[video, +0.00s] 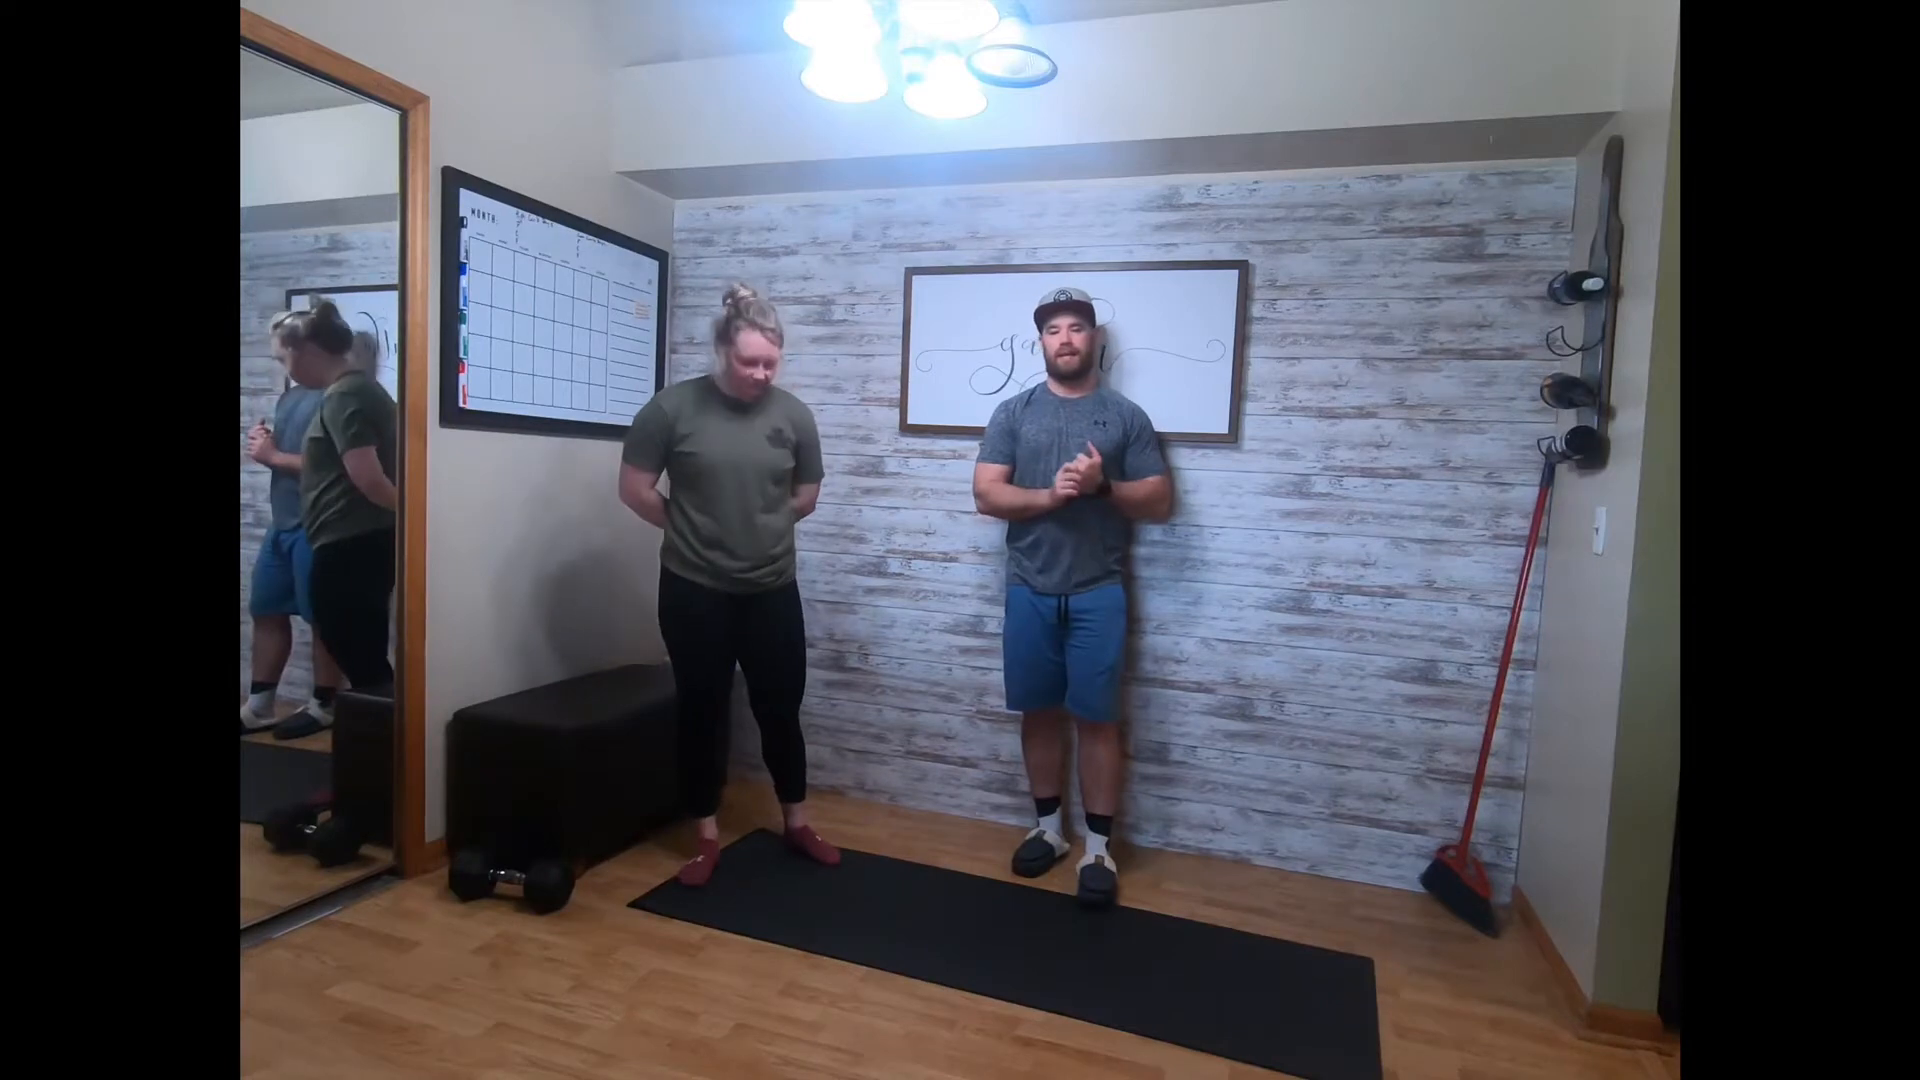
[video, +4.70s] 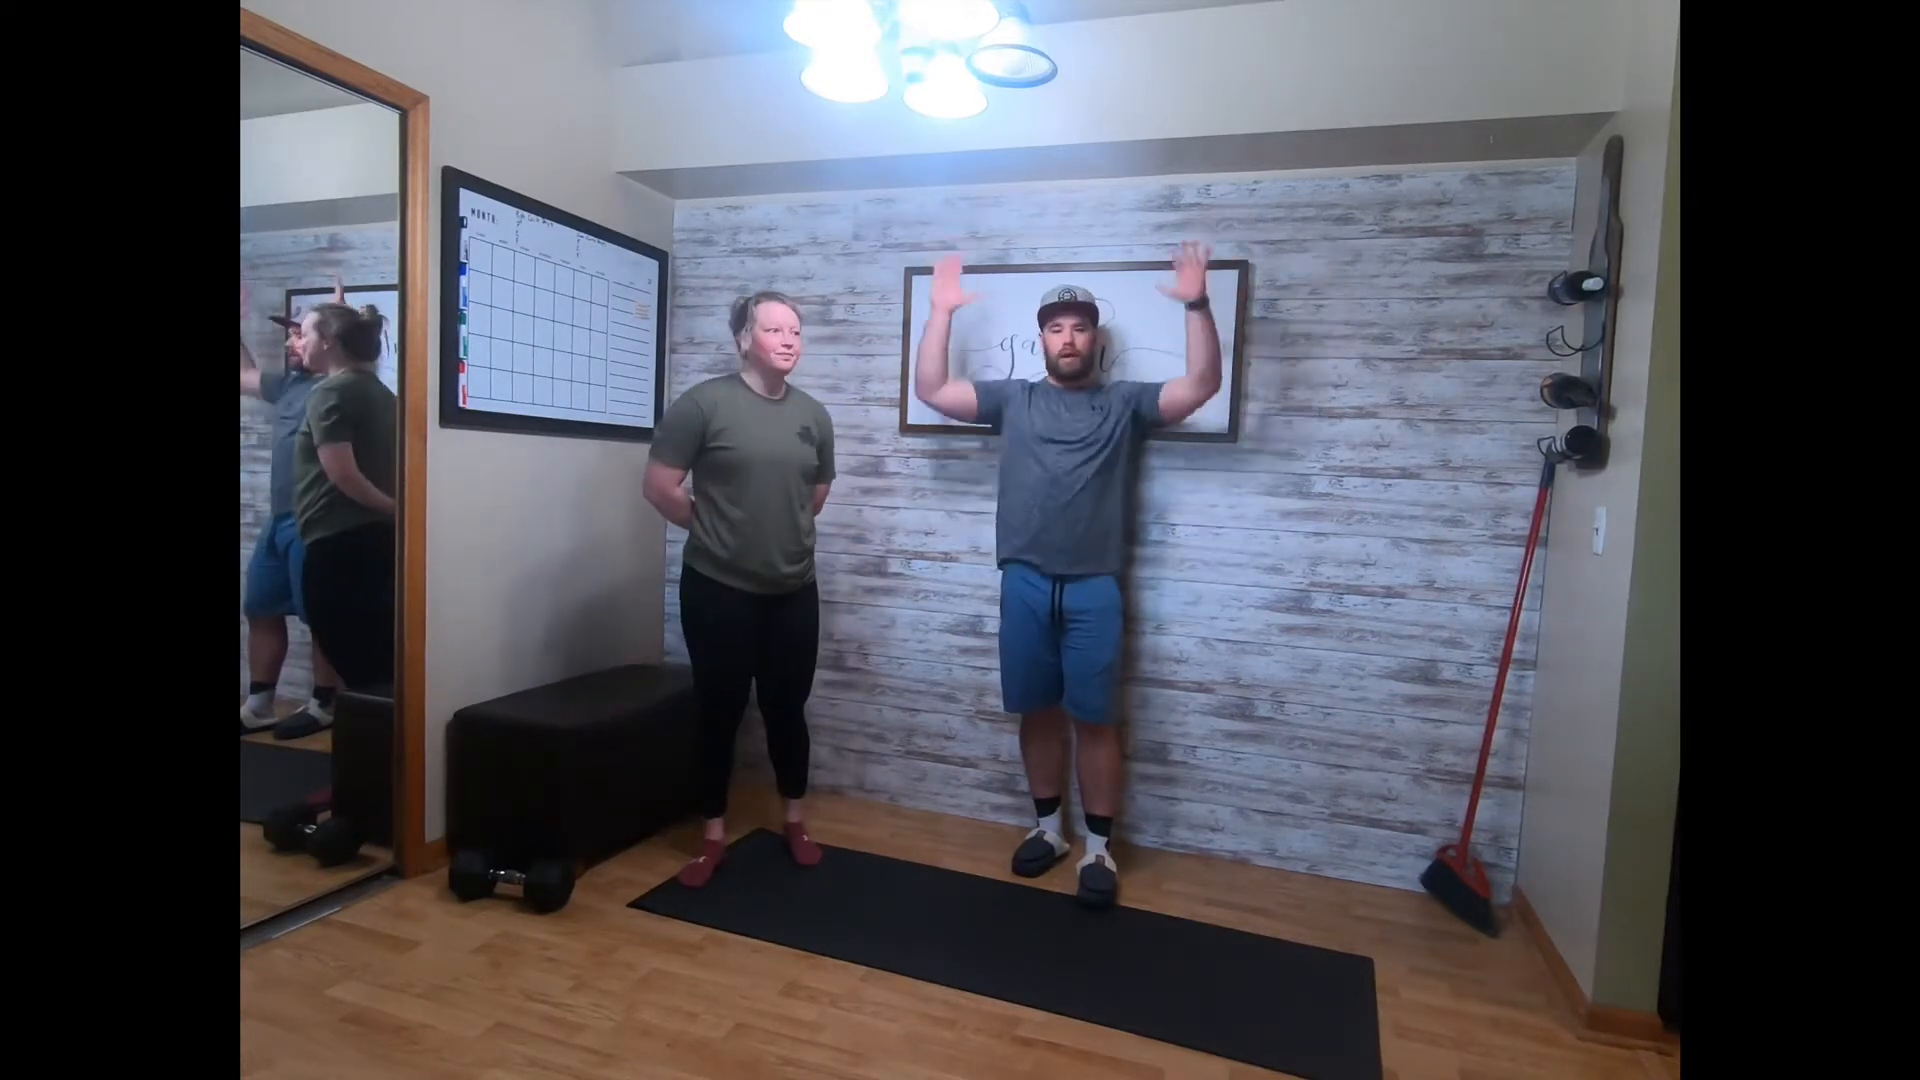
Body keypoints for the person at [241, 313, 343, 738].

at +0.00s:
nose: (281, 365)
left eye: (284, 356)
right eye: (279, 358)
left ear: (304, 349)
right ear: (288, 354)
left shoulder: (330, 397)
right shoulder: (290, 398)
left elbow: (325, 463)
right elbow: (293, 449)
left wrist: (272, 454)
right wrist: (268, 443)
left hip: (316, 526)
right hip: (282, 525)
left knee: (321, 619)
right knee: (267, 610)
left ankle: (324, 706)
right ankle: (260, 703)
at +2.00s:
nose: (300, 340)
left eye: (309, 333)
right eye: (301, 332)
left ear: (331, 343)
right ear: (301, 344)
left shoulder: (340, 395)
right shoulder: (292, 395)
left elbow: (329, 467)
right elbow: (277, 443)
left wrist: (273, 454)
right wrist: (267, 440)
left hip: (316, 526)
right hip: (280, 526)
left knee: (321, 619)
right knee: (266, 611)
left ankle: (324, 706)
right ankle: (259, 704)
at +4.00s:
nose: (294, 339)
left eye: (304, 332)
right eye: (295, 333)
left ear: (326, 342)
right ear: (299, 344)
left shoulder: (343, 392)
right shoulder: (294, 394)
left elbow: (346, 447)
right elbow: (276, 446)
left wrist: (317, 412)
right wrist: (248, 413)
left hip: (317, 523)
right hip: (276, 523)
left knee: (321, 617)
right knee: (260, 608)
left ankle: (324, 706)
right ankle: (259, 704)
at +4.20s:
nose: (300, 344)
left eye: (310, 336)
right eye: (300, 337)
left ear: (334, 344)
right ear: (301, 345)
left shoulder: (347, 394)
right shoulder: (293, 391)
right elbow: (254, 411)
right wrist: (242, 371)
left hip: (319, 527)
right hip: (279, 525)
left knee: (321, 619)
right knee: (261, 609)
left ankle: (325, 706)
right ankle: (259, 703)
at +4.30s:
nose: (298, 342)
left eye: (308, 336)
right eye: (297, 335)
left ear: (331, 344)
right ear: (296, 343)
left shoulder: (347, 391)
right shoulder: (289, 386)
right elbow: (250, 384)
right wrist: (238, 346)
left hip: (322, 528)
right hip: (280, 523)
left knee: (322, 621)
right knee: (264, 609)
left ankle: (324, 705)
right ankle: (259, 703)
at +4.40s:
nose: (296, 340)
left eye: (305, 333)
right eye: (296, 332)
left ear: (329, 341)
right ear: (296, 341)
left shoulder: (340, 385)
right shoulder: (290, 379)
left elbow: (351, 345)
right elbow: (253, 355)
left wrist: (340, 299)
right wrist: (238, 324)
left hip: (322, 522)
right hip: (283, 519)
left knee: (322, 618)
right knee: (264, 609)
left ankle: (324, 705)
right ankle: (259, 702)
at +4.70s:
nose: (291, 340)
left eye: (301, 332)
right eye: (292, 333)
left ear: (327, 340)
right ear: (294, 342)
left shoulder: (338, 386)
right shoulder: (287, 381)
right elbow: (246, 375)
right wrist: (240, 328)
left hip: (318, 524)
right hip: (280, 521)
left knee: (321, 620)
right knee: (262, 609)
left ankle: (324, 705)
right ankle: (259, 703)